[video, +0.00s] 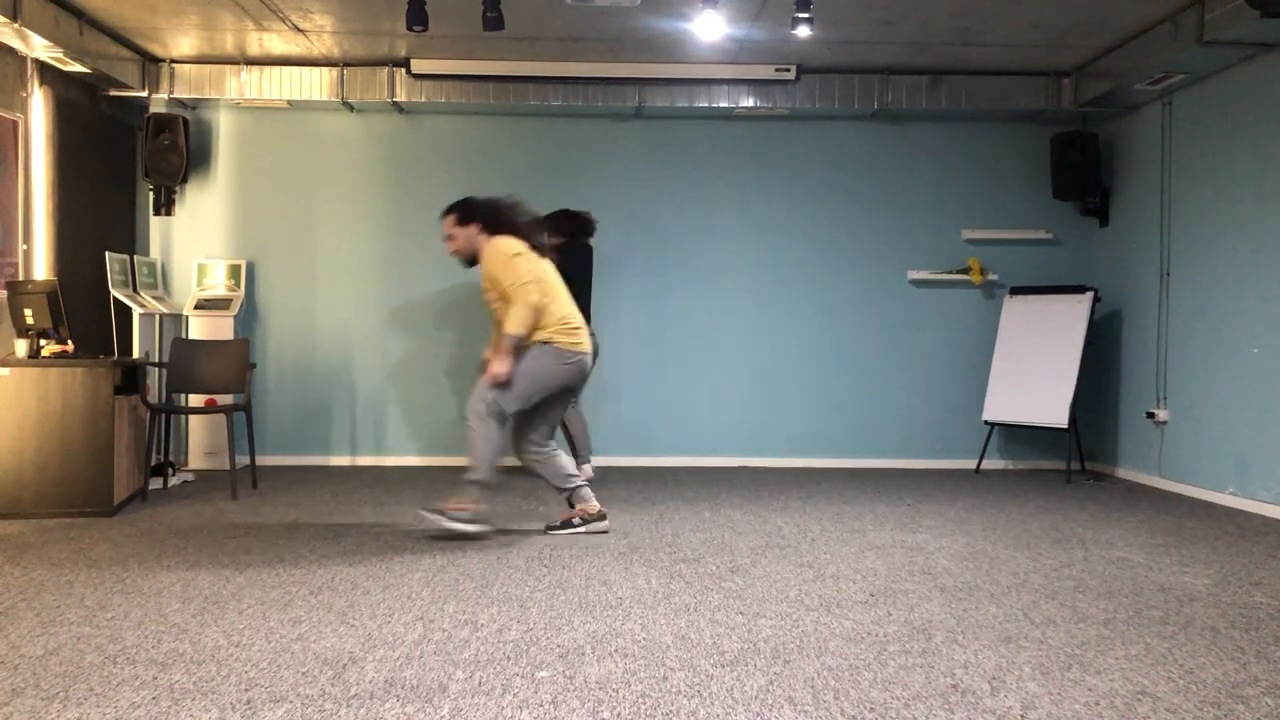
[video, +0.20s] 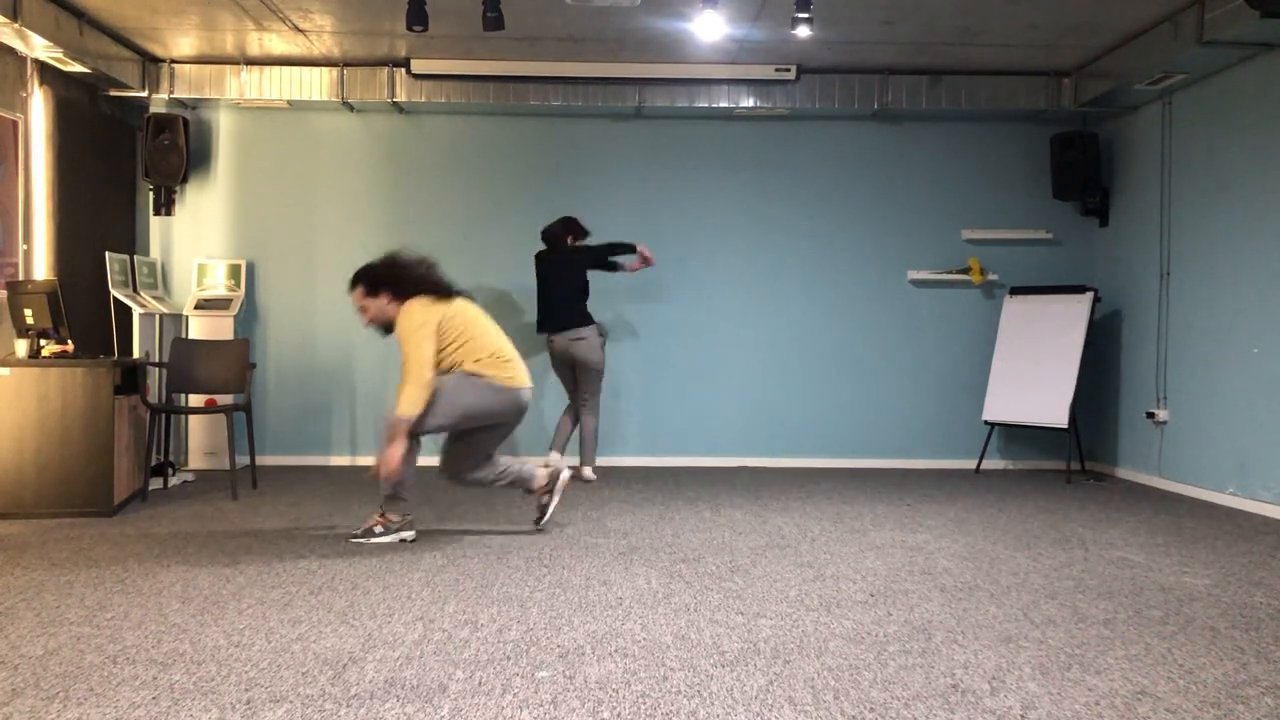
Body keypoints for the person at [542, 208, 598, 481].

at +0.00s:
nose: (545, 239)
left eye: (549, 234)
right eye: (545, 233)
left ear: (561, 234)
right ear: (573, 232)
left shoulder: (574, 254)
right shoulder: (578, 252)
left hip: (576, 337)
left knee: (566, 401)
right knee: (551, 401)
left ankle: (583, 462)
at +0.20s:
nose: (580, 245)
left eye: (580, 241)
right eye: (579, 240)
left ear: (554, 239)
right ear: (570, 239)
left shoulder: (542, 259)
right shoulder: (575, 256)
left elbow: (596, 262)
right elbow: (603, 251)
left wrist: (632, 264)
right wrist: (635, 247)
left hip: (555, 341)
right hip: (583, 337)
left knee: (575, 401)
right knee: (589, 406)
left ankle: (554, 456)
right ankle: (587, 468)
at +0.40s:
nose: (589, 242)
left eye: (592, 237)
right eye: (586, 235)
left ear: (592, 232)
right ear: (573, 229)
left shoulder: (592, 250)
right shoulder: (550, 245)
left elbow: (617, 238)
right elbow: (562, 228)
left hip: (588, 331)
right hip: (561, 329)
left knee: (593, 395)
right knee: (581, 393)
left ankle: (567, 452)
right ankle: (569, 455)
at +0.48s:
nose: (586, 242)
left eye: (590, 237)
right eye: (582, 236)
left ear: (595, 236)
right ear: (568, 233)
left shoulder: (597, 251)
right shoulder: (552, 255)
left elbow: (620, 229)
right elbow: (533, 237)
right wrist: (555, 231)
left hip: (590, 334)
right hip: (558, 333)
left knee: (600, 400)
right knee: (570, 400)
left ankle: (586, 453)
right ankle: (563, 463)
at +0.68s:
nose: (563, 239)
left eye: (567, 234)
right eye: (561, 234)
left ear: (580, 233)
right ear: (562, 236)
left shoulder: (588, 256)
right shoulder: (564, 258)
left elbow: (553, 265)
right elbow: (539, 255)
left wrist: (514, 275)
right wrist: (512, 256)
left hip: (587, 344)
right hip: (558, 343)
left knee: (584, 409)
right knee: (550, 402)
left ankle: (605, 462)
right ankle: (559, 464)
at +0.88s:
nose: (535, 246)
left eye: (540, 241)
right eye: (535, 240)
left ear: (551, 243)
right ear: (557, 242)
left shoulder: (561, 265)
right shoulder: (544, 267)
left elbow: (528, 289)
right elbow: (532, 287)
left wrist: (520, 292)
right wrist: (522, 291)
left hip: (586, 341)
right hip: (561, 342)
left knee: (579, 412)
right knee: (543, 406)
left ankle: (612, 463)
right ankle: (541, 464)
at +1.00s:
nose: (518, 277)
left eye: (522, 272)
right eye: (517, 272)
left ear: (532, 273)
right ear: (542, 271)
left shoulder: (539, 299)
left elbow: (533, 323)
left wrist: (525, 330)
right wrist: (518, 265)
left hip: (591, 354)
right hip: (564, 358)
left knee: (574, 415)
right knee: (542, 410)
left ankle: (615, 462)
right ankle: (545, 465)